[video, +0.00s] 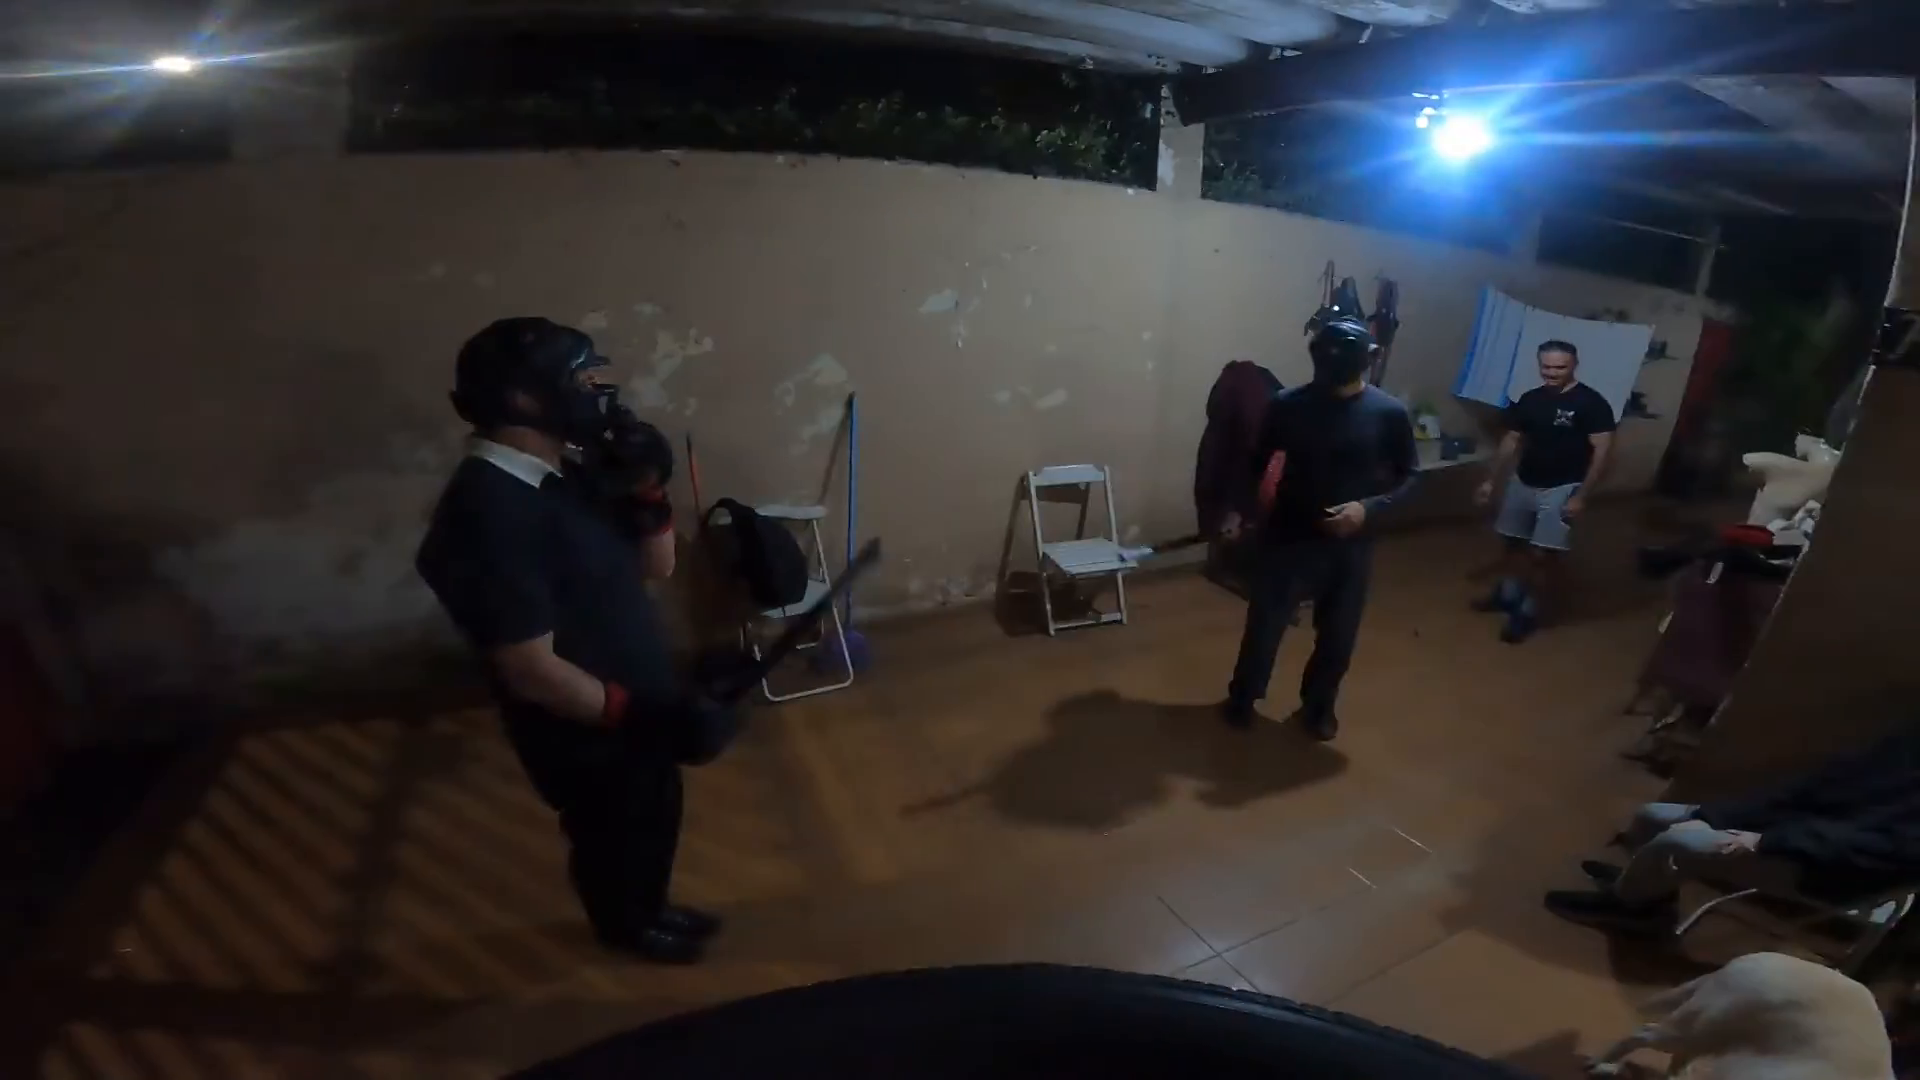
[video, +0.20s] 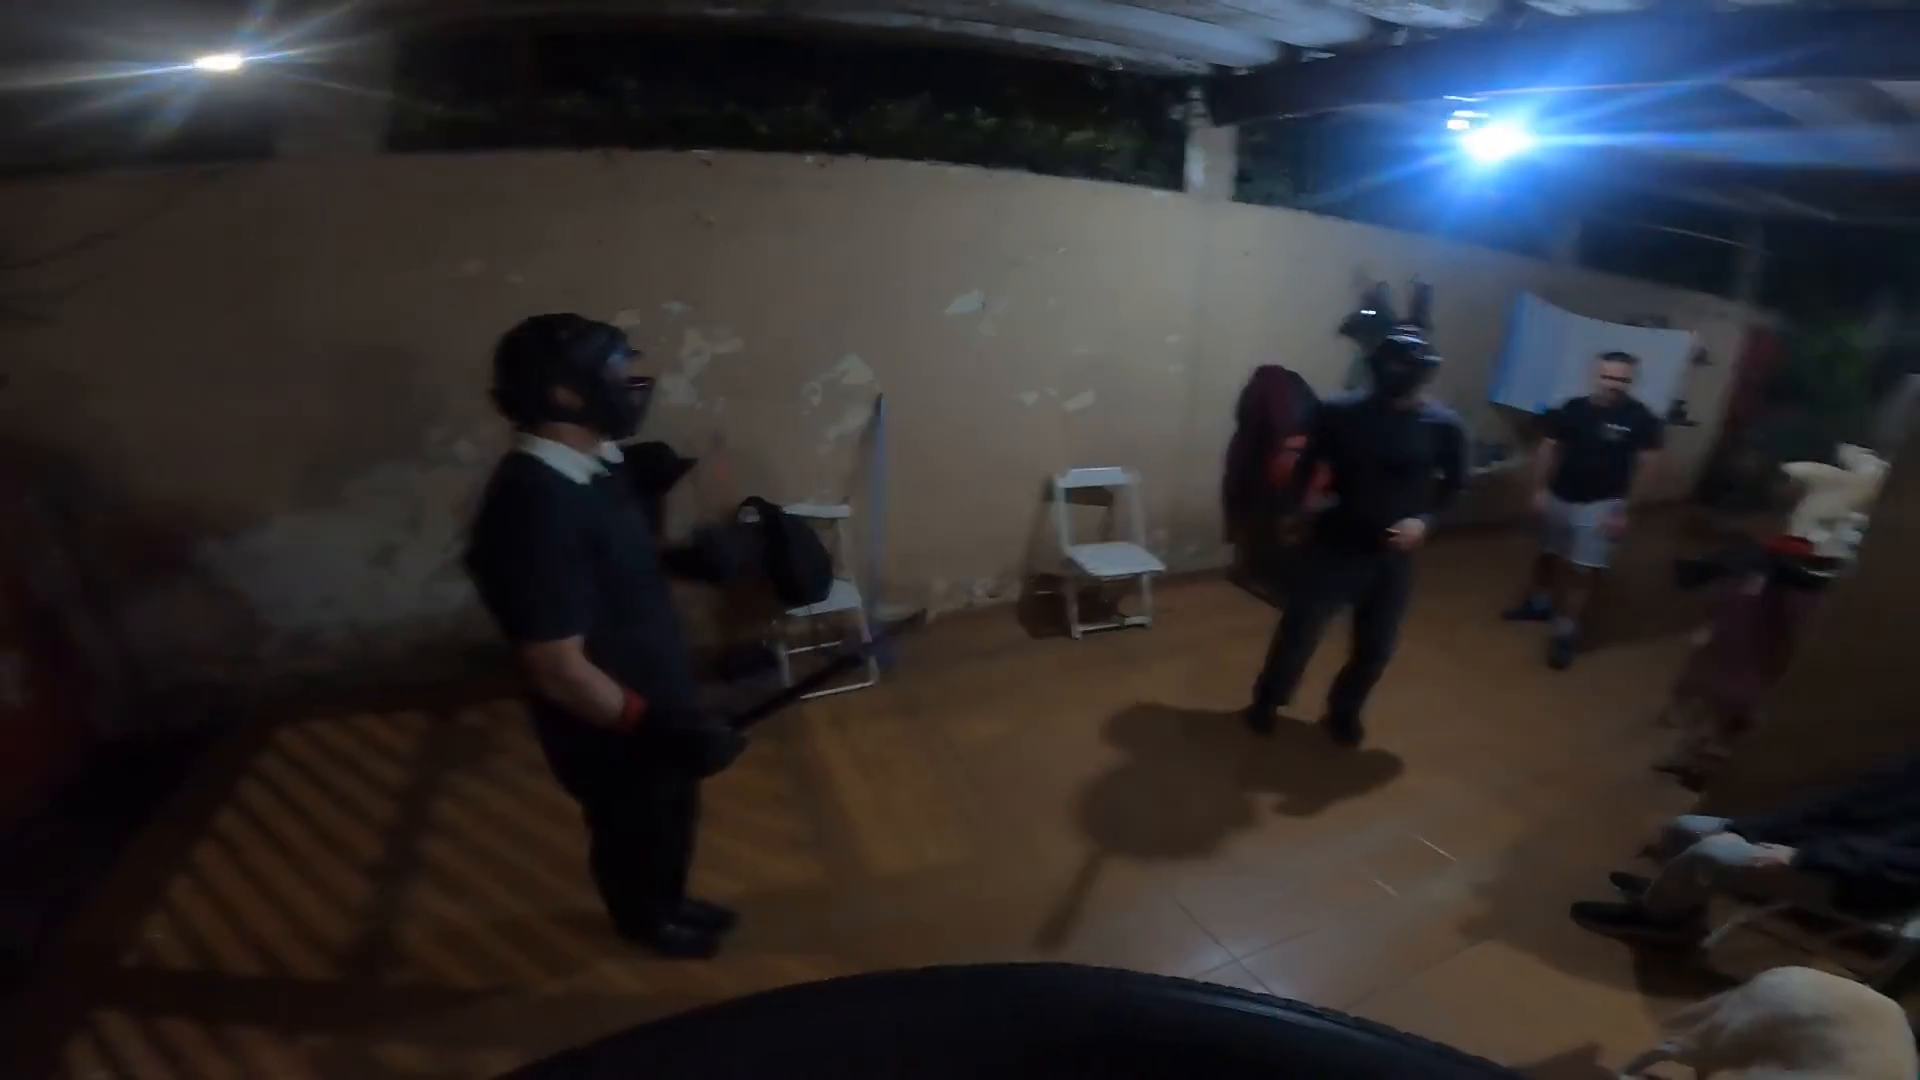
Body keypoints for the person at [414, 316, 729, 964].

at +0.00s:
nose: (594, 388)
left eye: (589, 373)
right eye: (573, 378)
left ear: (526, 403)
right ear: (523, 400)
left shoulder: (562, 477)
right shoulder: (482, 513)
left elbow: (655, 568)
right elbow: (528, 667)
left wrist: (646, 492)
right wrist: (642, 713)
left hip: (629, 696)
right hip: (572, 723)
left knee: (648, 814)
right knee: (610, 830)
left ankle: (648, 907)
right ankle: (623, 926)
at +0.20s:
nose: (637, 376)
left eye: (629, 360)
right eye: (614, 367)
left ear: (568, 397)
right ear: (565, 395)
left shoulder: (596, 471)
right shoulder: (526, 504)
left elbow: (623, 577)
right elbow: (555, 662)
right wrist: (650, 722)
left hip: (650, 695)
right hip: (600, 721)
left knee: (666, 817)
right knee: (632, 828)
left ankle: (668, 901)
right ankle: (643, 921)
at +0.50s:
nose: (684, 383)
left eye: (679, 368)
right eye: (665, 373)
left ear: (620, 398)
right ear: (620, 397)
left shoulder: (631, 466)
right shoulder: (588, 498)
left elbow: (635, 542)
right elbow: (616, 655)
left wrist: (692, 530)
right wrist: (713, 700)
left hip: (668, 689)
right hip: (633, 710)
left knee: (694, 788)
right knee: (666, 815)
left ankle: (695, 866)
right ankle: (662, 914)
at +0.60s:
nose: (703, 393)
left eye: (699, 378)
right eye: (687, 381)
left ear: (643, 401)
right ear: (644, 400)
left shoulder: (648, 468)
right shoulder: (609, 499)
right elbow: (638, 652)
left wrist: (705, 518)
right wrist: (745, 682)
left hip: (677, 683)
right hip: (649, 702)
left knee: (707, 785)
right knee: (707, 810)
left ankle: (703, 861)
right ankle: (672, 909)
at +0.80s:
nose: (753, 400)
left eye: (750, 385)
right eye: (738, 389)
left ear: (692, 408)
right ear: (697, 407)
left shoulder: (663, 470)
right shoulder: (662, 500)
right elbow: (689, 650)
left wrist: (748, 517)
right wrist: (793, 664)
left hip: (681, 670)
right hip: (679, 687)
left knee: (724, 765)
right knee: (798, 792)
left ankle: (709, 877)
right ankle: (755, 905)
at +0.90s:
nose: (787, 403)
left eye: (782, 389)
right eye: (771, 391)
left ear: (724, 411)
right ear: (730, 410)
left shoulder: (680, 473)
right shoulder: (701, 503)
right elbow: (718, 643)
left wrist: (784, 520)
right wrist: (808, 659)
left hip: (679, 668)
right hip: (704, 682)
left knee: (739, 752)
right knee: (819, 784)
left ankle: (723, 867)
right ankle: (837, 909)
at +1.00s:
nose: (823, 405)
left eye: (819, 392)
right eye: (809, 395)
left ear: (757, 414)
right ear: (770, 416)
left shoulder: (694, 472)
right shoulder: (742, 510)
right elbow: (765, 652)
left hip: (686, 660)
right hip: (730, 679)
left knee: (758, 745)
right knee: (834, 778)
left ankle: (732, 861)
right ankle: (890, 900)